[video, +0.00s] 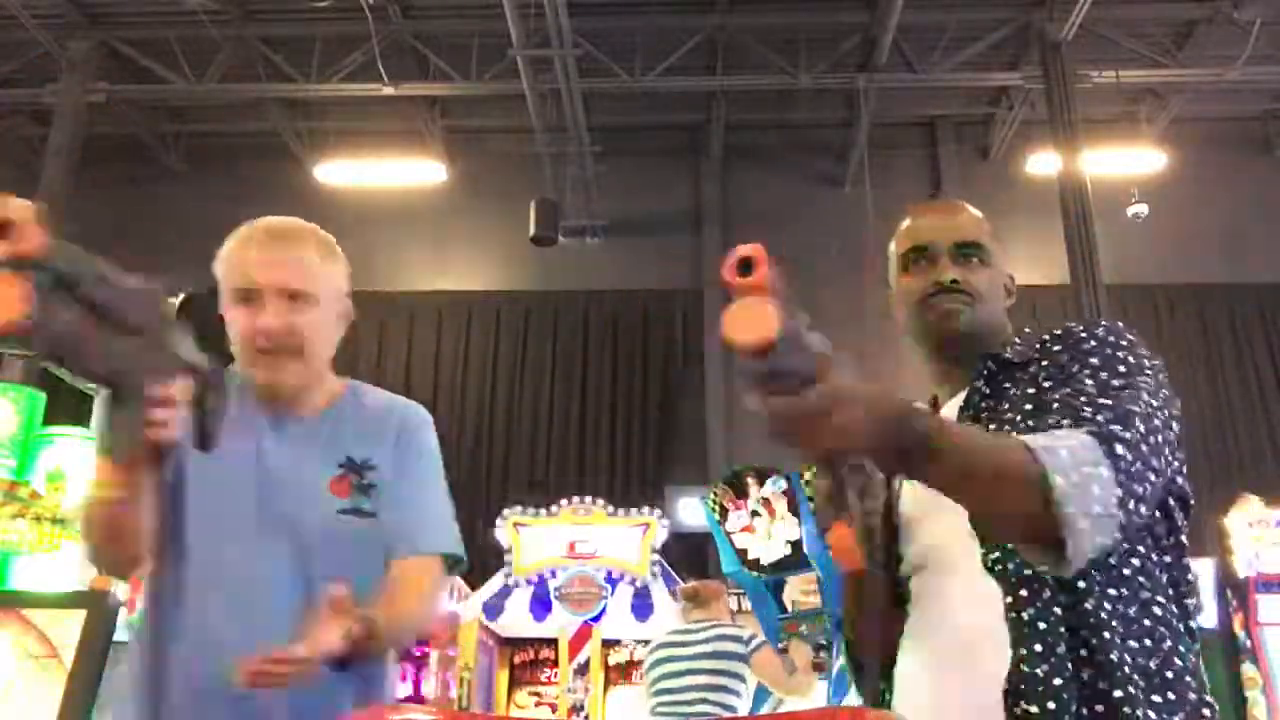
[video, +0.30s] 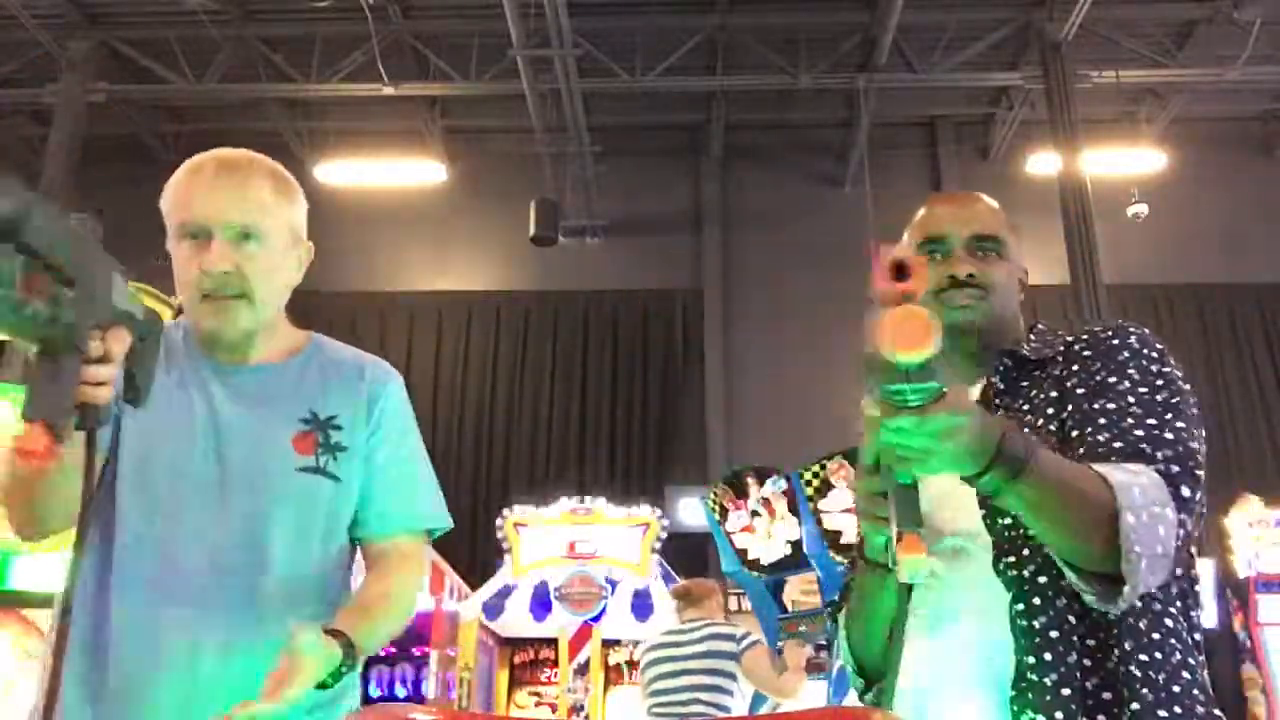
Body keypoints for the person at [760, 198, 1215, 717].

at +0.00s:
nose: (944, 270)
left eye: (969, 254)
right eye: (917, 260)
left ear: (1008, 286)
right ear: (894, 303)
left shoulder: (1096, 352)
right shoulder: (902, 445)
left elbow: (1082, 508)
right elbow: (879, 665)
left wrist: (902, 435)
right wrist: (865, 547)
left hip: (1111, 699)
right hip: (951, 704)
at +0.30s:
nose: (959, 268)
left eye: (984, 249)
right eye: (934, 252)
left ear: (1020, 276)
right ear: (905, 284)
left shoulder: (1117, 358)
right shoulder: (898, 415)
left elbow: (1143, 547)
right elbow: (872, 667)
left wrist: (991, 453)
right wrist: (881, 534)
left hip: (1118, 700)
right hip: (948, 705)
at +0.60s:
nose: (947, 267)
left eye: (972, 249)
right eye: (919, 253)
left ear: (1006, 270)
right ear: (891, 295)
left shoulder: (1118, 352)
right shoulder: (891, 455)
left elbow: (1263, 543)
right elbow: (870, 651)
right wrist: (903, 531)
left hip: (1160, 702)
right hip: (967, 706)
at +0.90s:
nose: (956, 268)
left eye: (979, 254)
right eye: (928, 255)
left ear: (1012, 287)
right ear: (893, 292)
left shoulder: (1121, 392)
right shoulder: (878, 457)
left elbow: (1248, 563)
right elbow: (864, 661)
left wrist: (1261, 682)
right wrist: (852, 564)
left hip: (1126, 704)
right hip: (949, 708)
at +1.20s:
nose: (954, 267)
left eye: (979, 249)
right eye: (926, 254)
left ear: (1018, 281)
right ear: (901, 295)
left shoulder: (1131, 399)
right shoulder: (880, 469)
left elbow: (1252, 552)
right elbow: (868, 656)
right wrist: (923, 540)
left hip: (1139, 704)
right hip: (956, 707)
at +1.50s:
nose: (949, 264)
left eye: (972, 246)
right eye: (920, 250)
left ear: (1008, 277)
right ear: (893, 281)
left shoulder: (1101, 356)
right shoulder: (893, 412)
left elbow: (1147, 525)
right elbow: (864, 653)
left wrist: (1002, 443)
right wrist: (868, 510)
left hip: (1120, 694)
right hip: (952, 702)